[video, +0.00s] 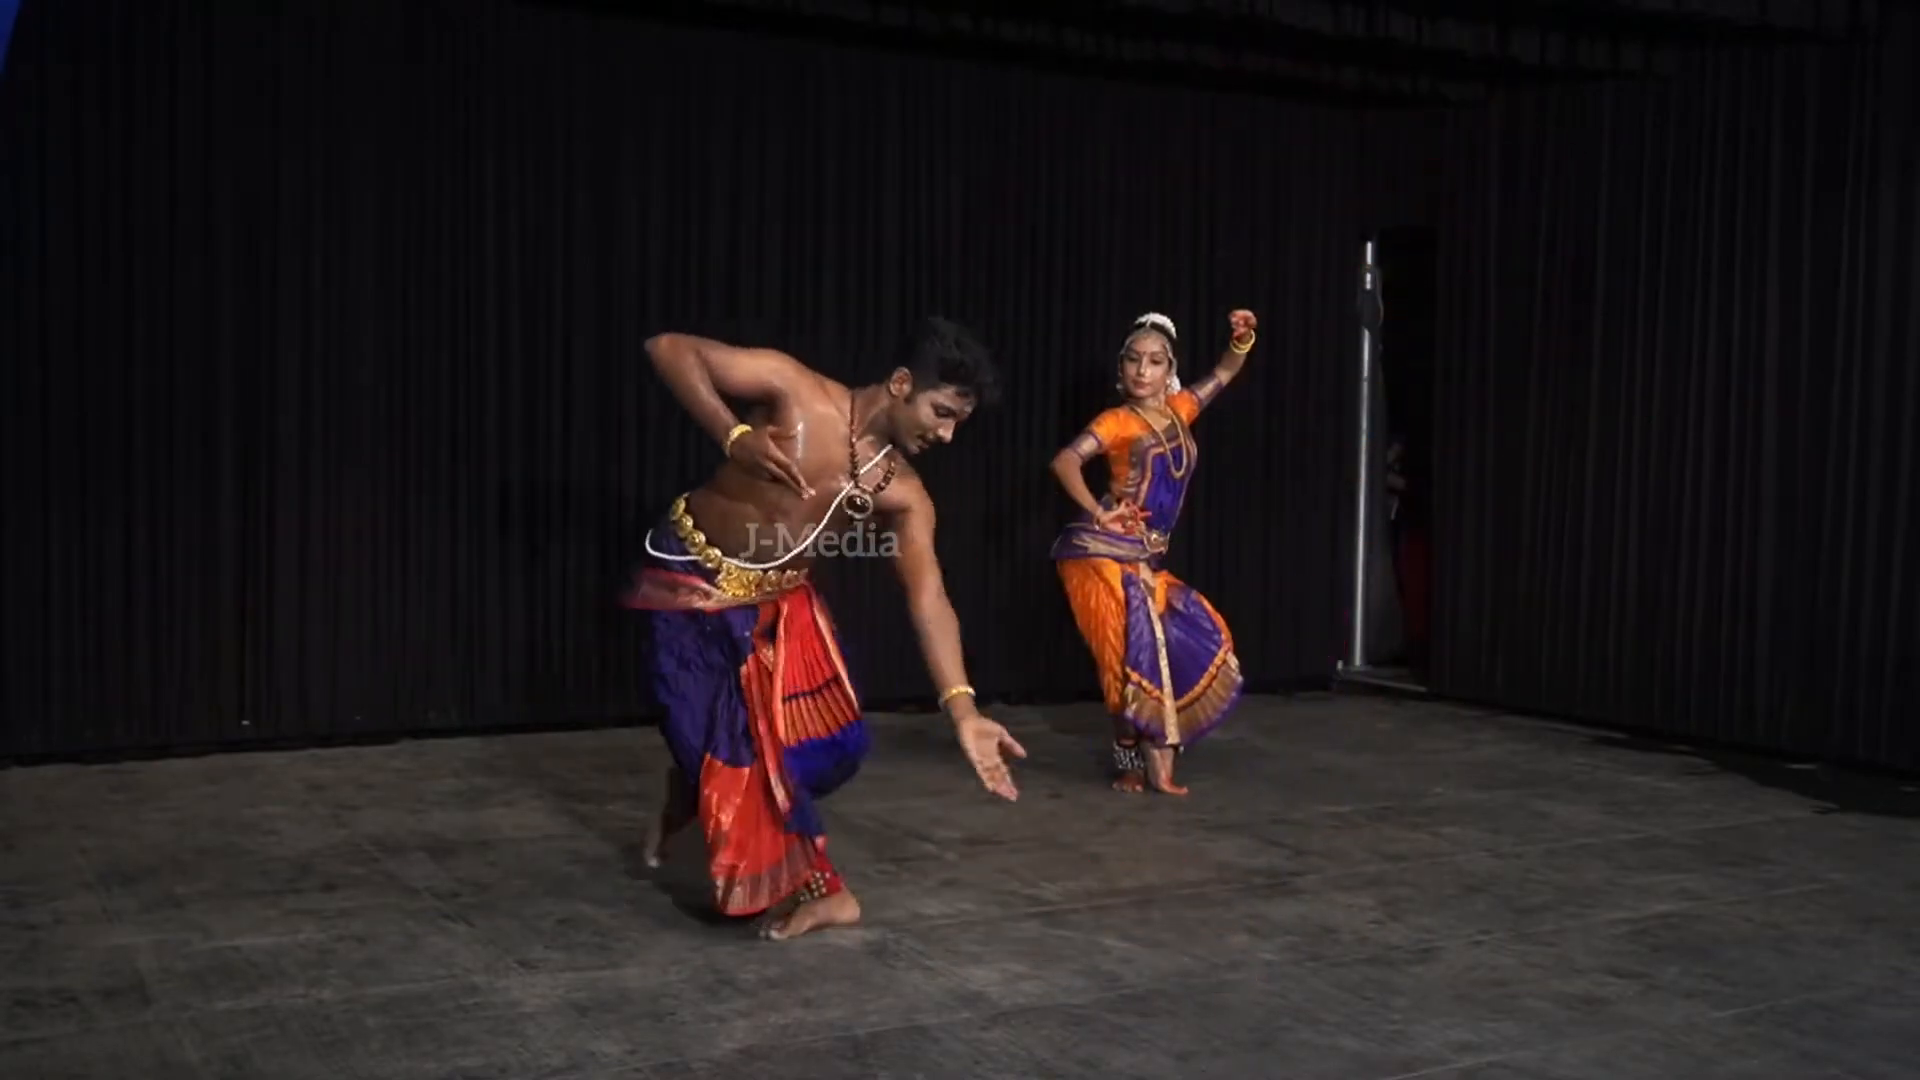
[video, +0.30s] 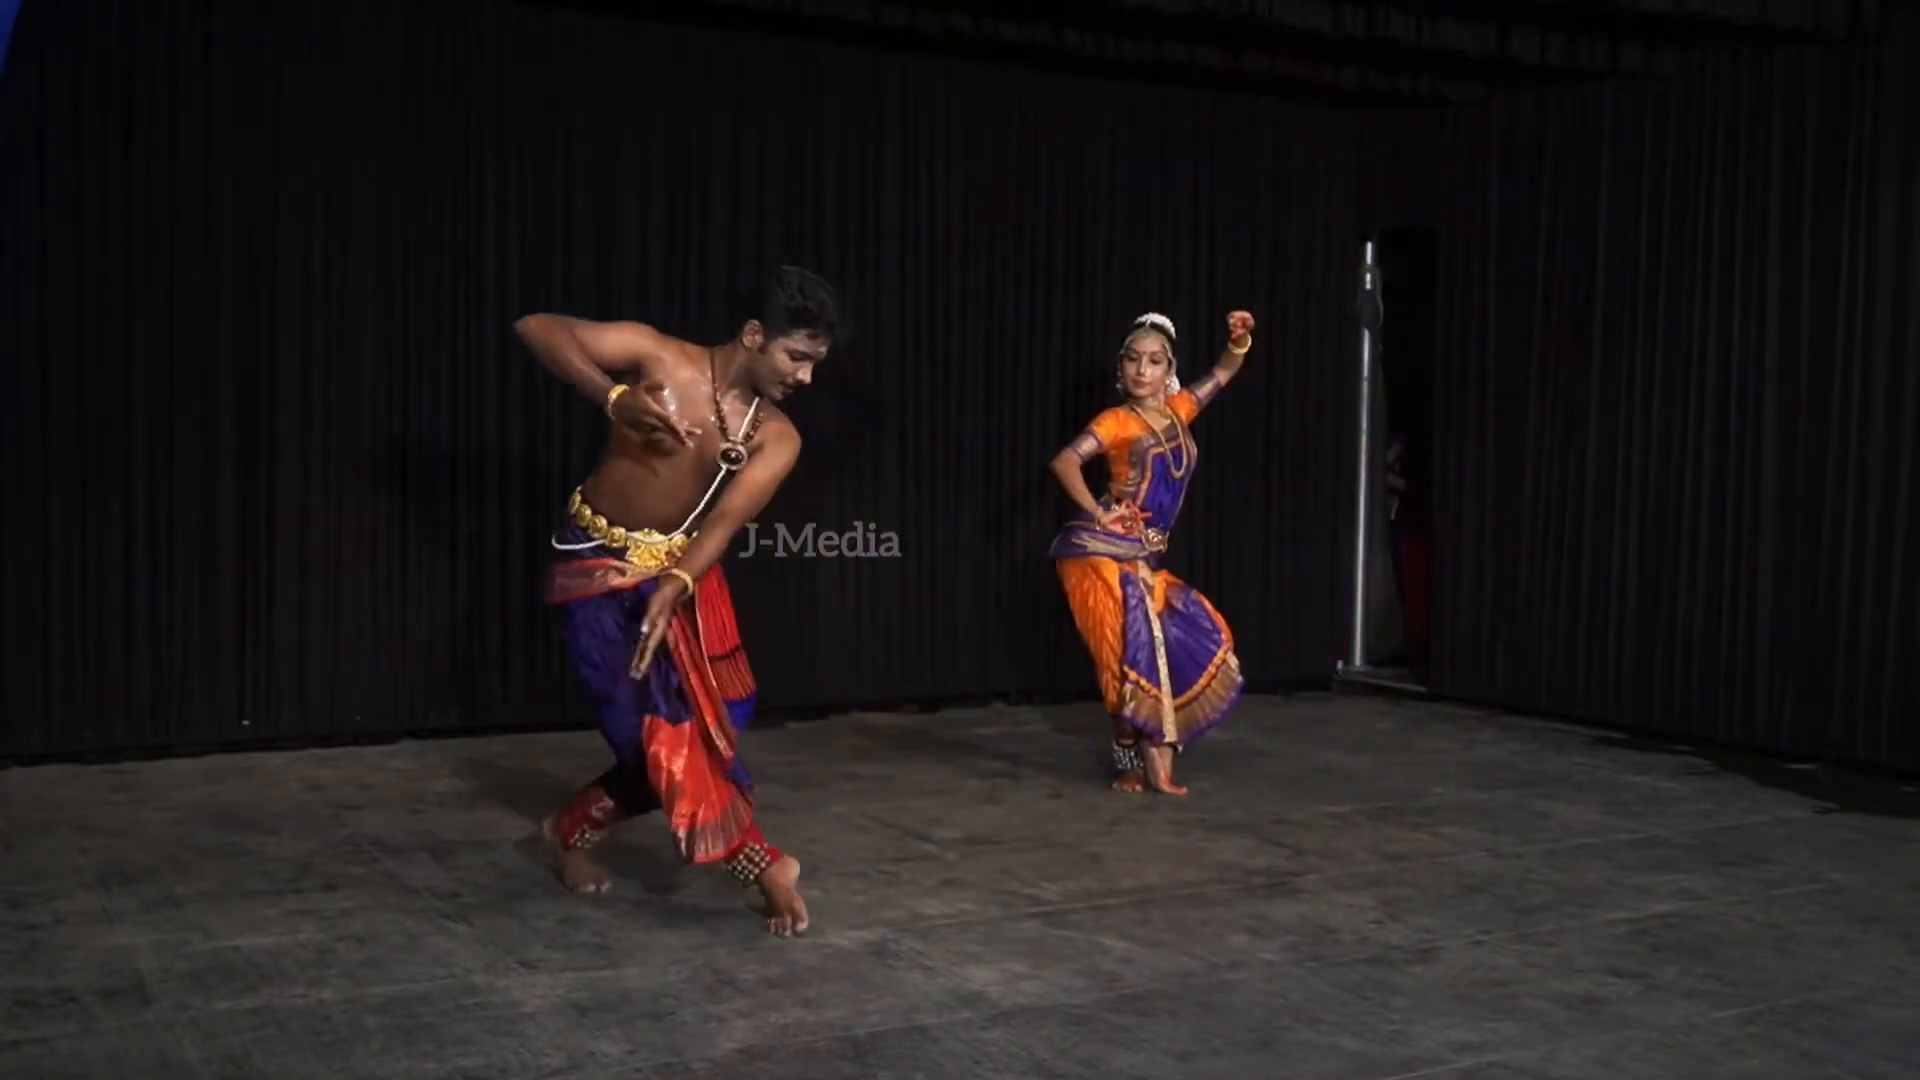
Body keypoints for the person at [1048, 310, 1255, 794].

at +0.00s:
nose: (1143, 370)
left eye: (1155, 361)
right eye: (1134, 359)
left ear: (1170, 371)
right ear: (1121, 367)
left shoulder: (1180, 410)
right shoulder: (1118, 422)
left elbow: (1221, 375)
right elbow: (1064, 462)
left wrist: (1240, 343)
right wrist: (1096, 511)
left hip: (1144, 563)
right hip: (1098, 558)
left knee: (1166, 650)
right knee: (1125, 648)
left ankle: (1160, 766)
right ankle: (1126, 754)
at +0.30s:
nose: (1142, 369)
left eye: (1154, 360)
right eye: (1133, 359)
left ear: (1169, 370)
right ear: (1121, 366)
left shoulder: (1178, 409)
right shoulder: (1118, 422)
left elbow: (1221, 374)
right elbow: (1064, 463)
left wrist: (1239, 343)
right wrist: (1098, 513)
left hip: (1144, 561)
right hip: (1099, 555)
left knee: (1165, 646)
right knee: (1122, 646)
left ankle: (1160, 754)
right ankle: (1126, 755)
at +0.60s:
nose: (1142, 369)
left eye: (1154, 360)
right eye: (1133, 359)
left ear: (1170, 371)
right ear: (1121, 366)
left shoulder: (1178, 410)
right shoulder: (1118, 422)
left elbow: (1221, 374)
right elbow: (1063, 463)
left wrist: (1240, 346)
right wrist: (1095, 515)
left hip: (1143, 560)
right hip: (1099, 555)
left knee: (1164, 645)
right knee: (1122, 644)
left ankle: (1159, 752)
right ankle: (1125, 753)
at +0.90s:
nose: (1142, 368)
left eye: (1154, 359)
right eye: (1133, 357)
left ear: (1170, 370)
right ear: (1121, 365)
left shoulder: (1179, 408)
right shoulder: (1117, 420)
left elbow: (1223, 373)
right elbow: (1063, 461)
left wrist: (1241, 344)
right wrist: (1095, 513)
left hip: (1143, 559)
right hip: (1097, 553)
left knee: (1167, 641)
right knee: (1122, 642)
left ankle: (1160, 749)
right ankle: (1125, 753)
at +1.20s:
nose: (1143, 368)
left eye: (1156, 359)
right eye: (1135, 358)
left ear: (1171, 369)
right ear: (1122, 365)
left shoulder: (1180, 408)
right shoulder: (1119, 421)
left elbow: (1224, 373)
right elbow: (1064, 462)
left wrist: (1242, 345)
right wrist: (1095, 517)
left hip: (1144, 559)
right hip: (1098, 553)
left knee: (1167, 643)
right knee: (1122, 642)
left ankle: (1160, 750)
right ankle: (1125, 752)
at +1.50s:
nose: (1146, 368)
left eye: (1158, 359)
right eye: (1137, 357)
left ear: (1173, 370)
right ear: (1124, 365)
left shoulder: (1182, 407)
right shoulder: (1120, 421)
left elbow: (1225, 372)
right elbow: (1066, 463)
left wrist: (1243, 343)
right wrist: (1096, 517)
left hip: (1144, 560)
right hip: (1098, 553)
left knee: (1179, 638)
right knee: (1125, 640)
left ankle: (1160, 748)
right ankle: (1125, 752)